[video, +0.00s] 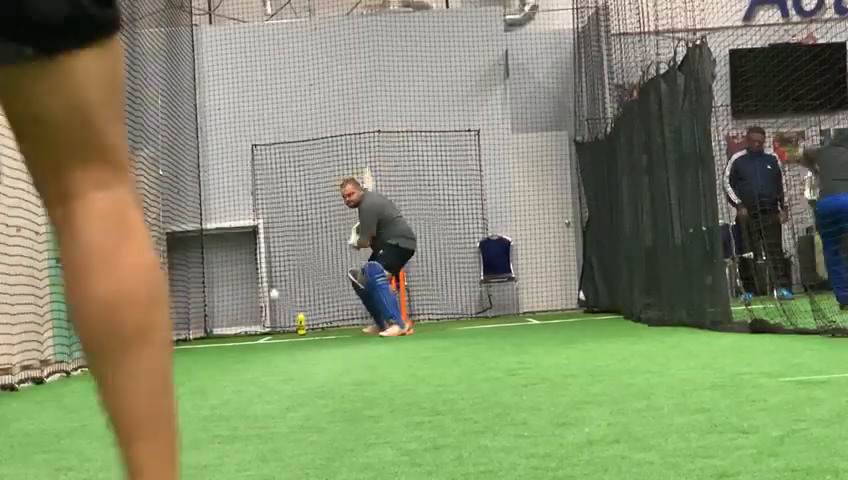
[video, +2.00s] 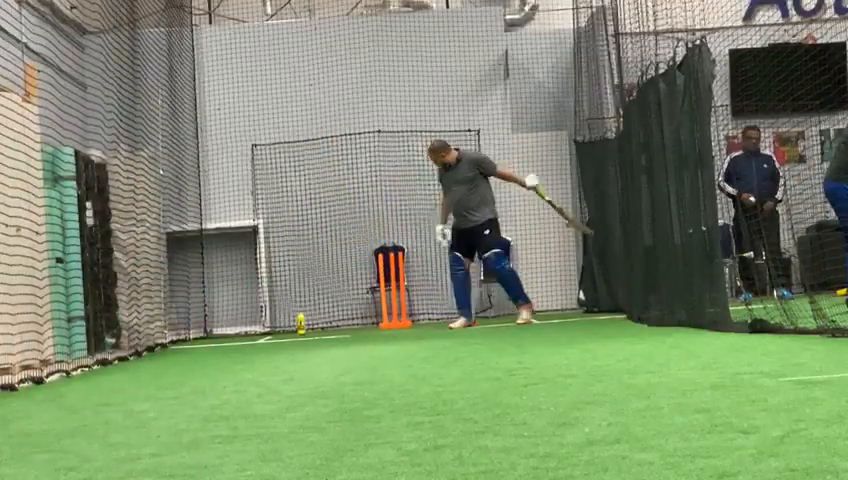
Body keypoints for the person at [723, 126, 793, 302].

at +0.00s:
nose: (757, 145)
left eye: (760, 141)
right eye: (754, 141)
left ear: (764, 142)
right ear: (747, 142)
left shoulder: (772, 159)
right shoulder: (737, 159)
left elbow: (780, 184)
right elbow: (726, 183)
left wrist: (783, 206)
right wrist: (738, 205)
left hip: (771, 210)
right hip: (748, 212)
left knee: (775, 249)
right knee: (747, 251)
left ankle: (781, 286)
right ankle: (749, 290)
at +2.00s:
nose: (754, 142)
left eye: (757, 139)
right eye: (750, 139)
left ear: (760, 140)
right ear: (742, 140)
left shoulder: (769, 158)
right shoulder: (733, 159)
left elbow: (780, 181)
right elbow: (721, 182)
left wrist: (774, 200)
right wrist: (739, 195)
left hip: (767, 209)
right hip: (744, 210)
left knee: (773, 247)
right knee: (746, 250)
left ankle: (778, 285)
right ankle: (749, 289)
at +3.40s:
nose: (756, 142)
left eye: (759, 140)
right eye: (753, 139)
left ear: (763, 142)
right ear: (745, 140)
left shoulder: (769, 160)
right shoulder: (735, 159)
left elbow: (778, 184)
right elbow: (715, 167)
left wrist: (781, 204)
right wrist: (727, 153)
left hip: (768, 211)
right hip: (745, 213)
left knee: (774, 249)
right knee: (745, 251)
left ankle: (780, 286)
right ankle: (749, 289)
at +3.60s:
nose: (758, 145)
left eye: (760, 142)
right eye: (754, 141)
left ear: (763, 142)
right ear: (746, 140)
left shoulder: (768, 159)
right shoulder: (736, 160)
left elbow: (781, 180)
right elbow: (715, 172)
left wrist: (773, 176)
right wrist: (728, 160)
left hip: (767, 210)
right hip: (744, 211)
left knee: (773, 247)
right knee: (744, 250)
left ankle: (780, 286)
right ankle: (748, 289)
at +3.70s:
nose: (758, 146)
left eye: (760, 142)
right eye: (755, 142)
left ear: (763, 143)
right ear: (746, 141)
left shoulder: (767, 159)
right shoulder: (735, 160)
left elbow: (780, 174)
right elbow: (715, 172)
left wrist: (778, 170)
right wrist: (728, 164)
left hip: (767, 210)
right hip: (744, 212)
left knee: (773, 247)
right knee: (744, 250)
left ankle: (779, 285)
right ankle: (748, 289)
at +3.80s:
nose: (756, 145)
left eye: (759, 142)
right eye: (753, 141)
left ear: (762, 143)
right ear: (745, 140)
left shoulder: (767, 159)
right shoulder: (735, 160)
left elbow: (782, 173)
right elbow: (715, 173)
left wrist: (779, 170)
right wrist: (728, 163)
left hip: (767, 210)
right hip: (744, 211)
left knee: (773, 247)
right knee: (744, 249)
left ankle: (779, 285)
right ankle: (748, 289)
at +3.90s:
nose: (755, 144)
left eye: (758, 141)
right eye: (752, 141)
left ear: (761, 142)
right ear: (744, 140)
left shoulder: (768, 159)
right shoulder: (734, 160)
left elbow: (783, 175)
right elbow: (714, 172)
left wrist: (778, 178)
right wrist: (728, 162)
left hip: (767, 210)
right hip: (744, 211)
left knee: (773, 247)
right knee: (744, 250)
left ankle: (779, 285)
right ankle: (748, 289)